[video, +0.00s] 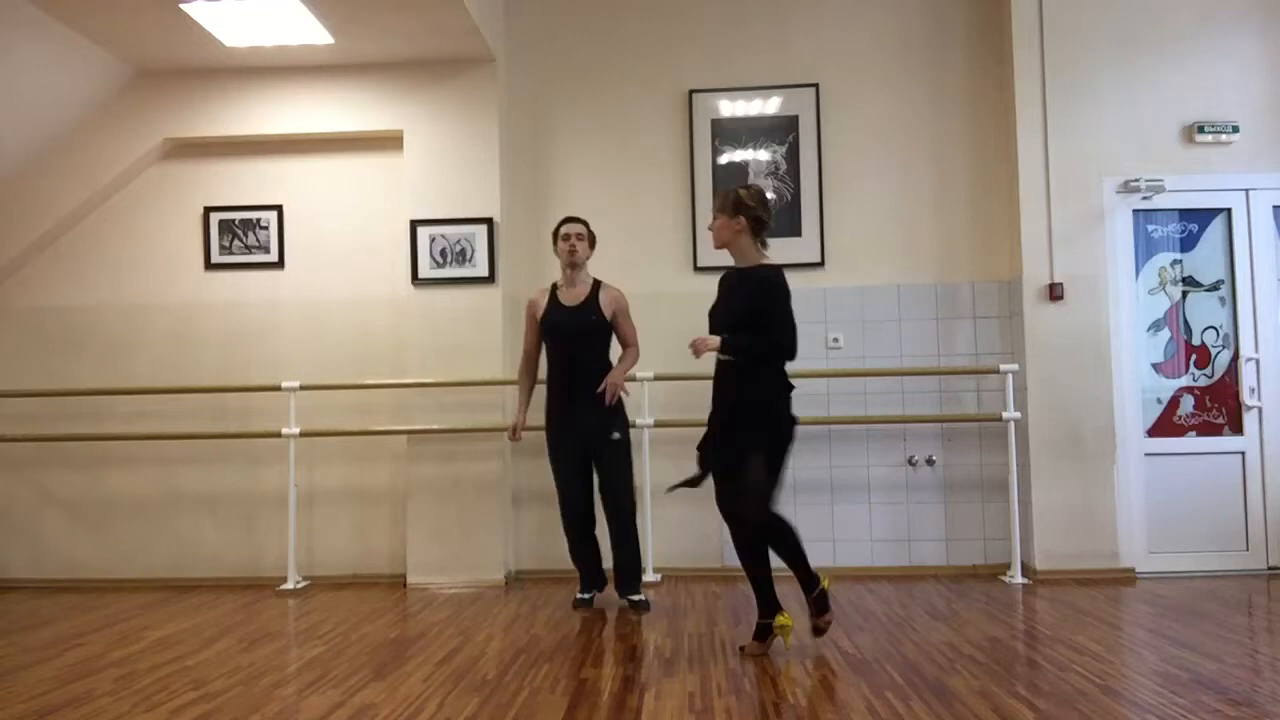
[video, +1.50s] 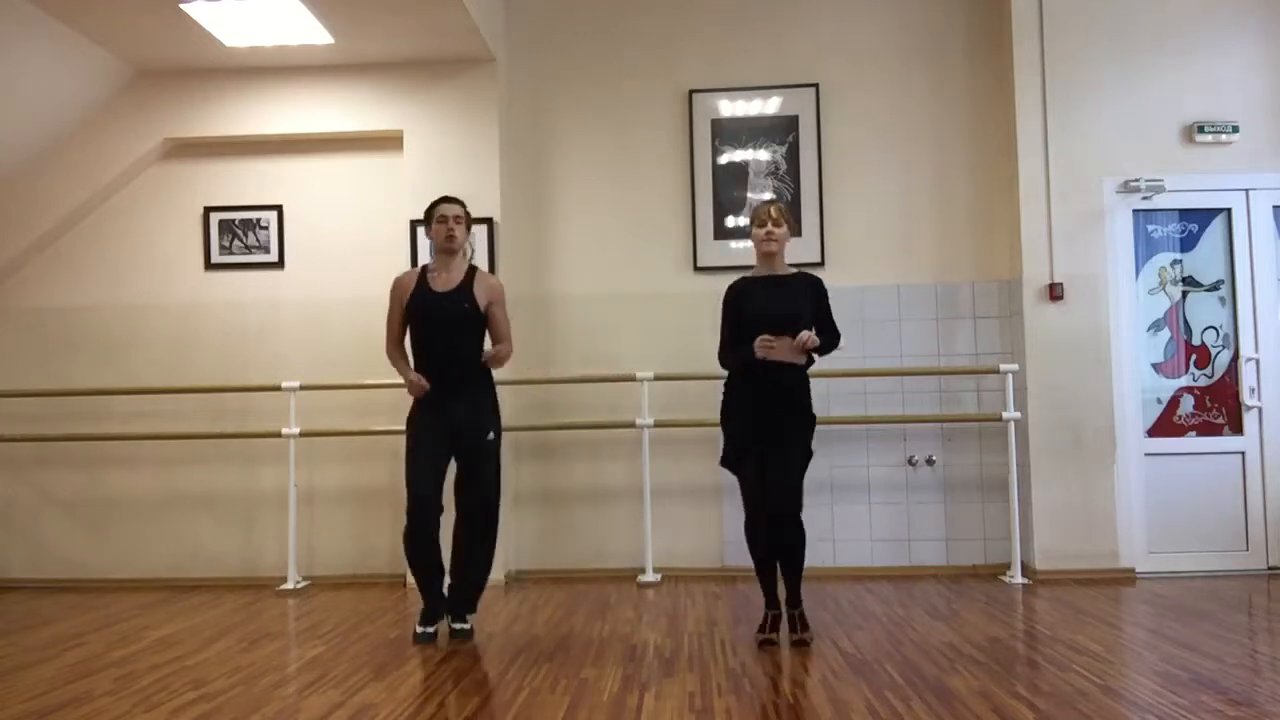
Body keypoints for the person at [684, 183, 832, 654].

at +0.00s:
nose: (710, 225)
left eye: (717, 218)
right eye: (713, 218)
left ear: (739, 224)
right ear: (737, 225)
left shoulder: (769, 279)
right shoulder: (728, 281)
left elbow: (784, 347)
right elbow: (733, 369)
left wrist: (722, 343)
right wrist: (715, 430)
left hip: (768, 408)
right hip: (733, 409)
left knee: (756, 509)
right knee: (733, 508)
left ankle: (812, 586)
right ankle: (769, 610)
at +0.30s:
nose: (737, 234)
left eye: (746, 227)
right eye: (739, 227)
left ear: (772, 235)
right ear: (759, 237)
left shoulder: (797, 288)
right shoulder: (737, 290)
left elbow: (820, 349)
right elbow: (727, 352)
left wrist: (772, 355)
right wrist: (712, 410)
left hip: (798, 416)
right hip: (751, 415)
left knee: (810, 508)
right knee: (731, 502)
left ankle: (814, 600)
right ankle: (758, 592)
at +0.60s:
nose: (749, 235)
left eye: (758, 229)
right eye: (748, 229)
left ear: (783, 235)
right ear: (752, 237)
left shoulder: (806, 287)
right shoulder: (735, 286)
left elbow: (826, 333)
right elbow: (715, 339)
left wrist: (832, 352)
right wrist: (714, 368)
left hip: (794, 394)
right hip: (749, 396)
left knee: (787, 496)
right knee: (763, 499)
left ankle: (801, 594)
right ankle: (779, 590)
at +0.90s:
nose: (774, 236)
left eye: (782, 229)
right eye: (767, 229)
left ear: (793, 239)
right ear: (756, 238)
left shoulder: (809, 292)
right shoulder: (738, 292)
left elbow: (821, 350)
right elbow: (713, 352)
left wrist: (775, 351)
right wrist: (731, 352)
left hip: (804, 413)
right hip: (755, 414)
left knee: (797, 509)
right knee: (753, 504)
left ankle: (794, 600)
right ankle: (767, 578)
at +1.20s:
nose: (775, 233)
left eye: (782, 226)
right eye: (767, 226)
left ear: (794, 236)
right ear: (757, 235)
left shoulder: (810, 291)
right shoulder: (737, 289)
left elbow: (824, 354)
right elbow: (714, 342)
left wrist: (805, 339)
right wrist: (736, 356)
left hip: (803, 411)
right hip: (756, 412)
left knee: (798, 510)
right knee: (764, 504)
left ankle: (795, 603)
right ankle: (770, 606)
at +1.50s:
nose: (769, 230)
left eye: (776, 223)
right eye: (761, 223)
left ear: (789, 233)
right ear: (751, 234)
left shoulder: (810, 285)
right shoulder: (738, 291)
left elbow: (831, 337)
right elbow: (726, 357)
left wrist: (815, 339)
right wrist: (753, 349)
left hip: (792, 412)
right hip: (745, 414)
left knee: (787, 510)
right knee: (756, 511)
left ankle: (795, 606)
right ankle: (771, 607)